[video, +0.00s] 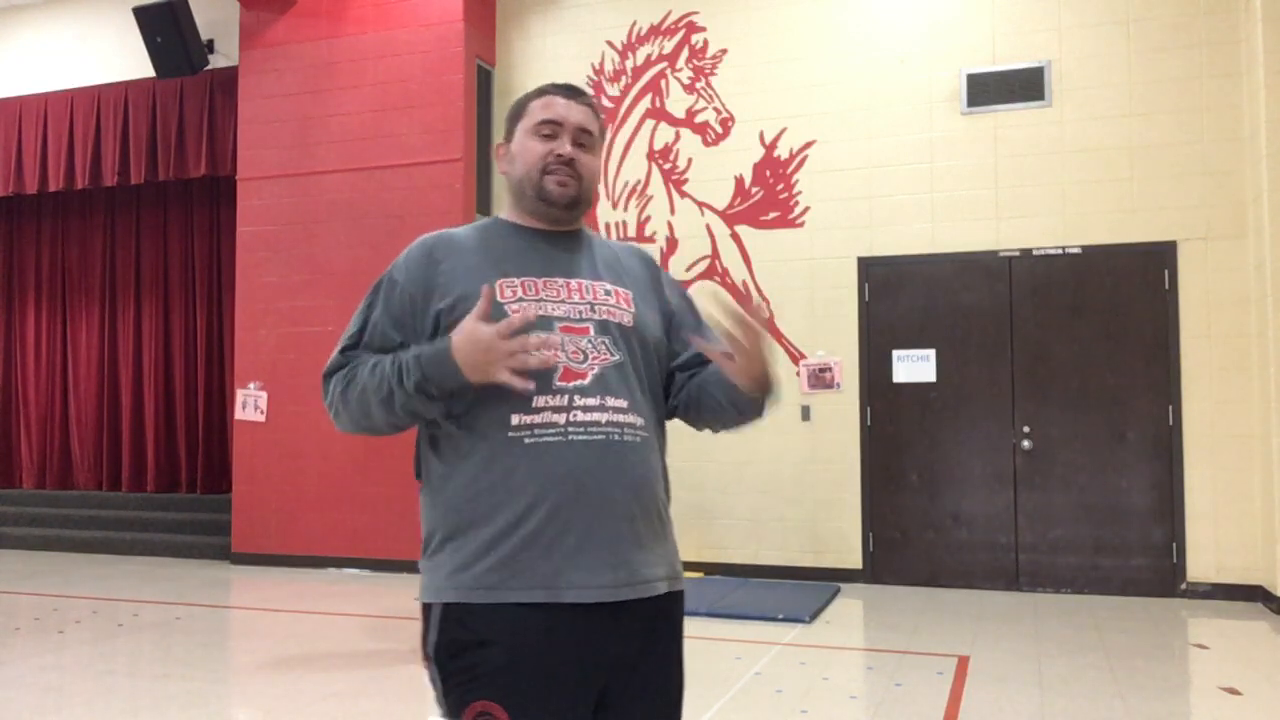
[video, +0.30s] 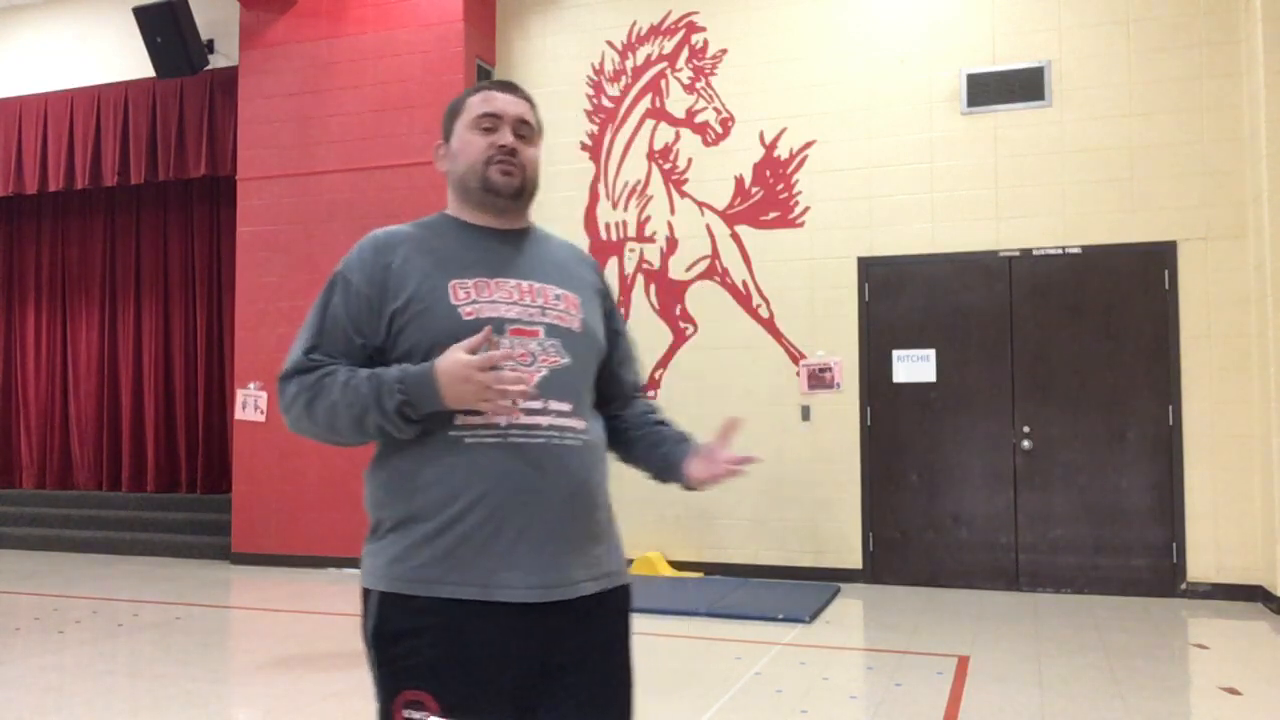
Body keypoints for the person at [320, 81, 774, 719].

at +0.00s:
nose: (566, 149)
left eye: (584, 141)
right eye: (546, 132)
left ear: (601, 172)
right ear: (505, 154)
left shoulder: (643, 274)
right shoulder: (437, 261)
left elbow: (692, 387)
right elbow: (347, 392)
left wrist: (747, 388)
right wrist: (450, 363)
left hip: (638, 595)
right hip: (493, 596)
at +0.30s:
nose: (510, 139)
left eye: (525, 131)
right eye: (488, 124)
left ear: (540, 160)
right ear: (443, 152)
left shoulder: (579, 271)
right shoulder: (385, 259)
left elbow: (622, 404)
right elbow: (304, 392)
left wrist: (683, 455)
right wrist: (427, 387)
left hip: (583, 594)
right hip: (436, 594)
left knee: (593, 711)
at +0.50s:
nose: (482, 155)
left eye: (496, 144)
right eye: (461, 138)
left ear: (509, 167)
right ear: (412, 158)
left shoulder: (539, 279)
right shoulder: (350, 264)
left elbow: (572, 406)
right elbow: (264, 394)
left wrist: (635, 438)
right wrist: (393, 389)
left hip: (535, 600)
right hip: (392, 597)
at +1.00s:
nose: (462, 166)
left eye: (471, 152)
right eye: (437, 153)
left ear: (487, 168)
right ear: (393, 176)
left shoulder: (515, 276)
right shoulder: (343, 266)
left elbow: (542, 389)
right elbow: (262, 388)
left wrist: (582, 395)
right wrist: (391, 395)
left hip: (510, 581)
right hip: (381, 582)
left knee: (517, 712)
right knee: (374, 708)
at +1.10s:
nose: (464, 165)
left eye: (475, 150)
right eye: (440, 153)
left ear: (494, 166)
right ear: (404, 178)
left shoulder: (528, 278)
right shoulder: (355, 268)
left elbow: (560, 382)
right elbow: (286, 392)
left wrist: (593, 396)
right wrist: (400, 433)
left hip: (519, 580)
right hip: (393, 581)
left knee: (521, 710)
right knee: (386, 708)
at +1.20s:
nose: (483, 164)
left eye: (488, 148)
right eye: (456, 157)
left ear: (505, 161)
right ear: (422, 189)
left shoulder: (542, 278)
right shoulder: (377, 268)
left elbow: (575, 372)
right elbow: (310, 396)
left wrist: (596, 391)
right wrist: (396, 479)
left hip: (533, 581)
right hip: (412, 579)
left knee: (528, 712)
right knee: (397, 710)